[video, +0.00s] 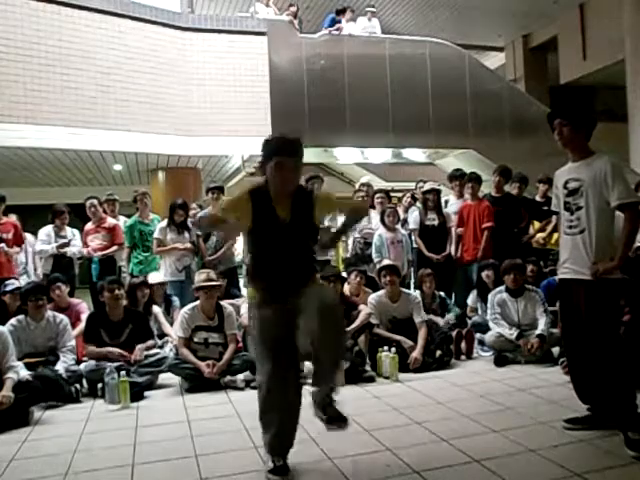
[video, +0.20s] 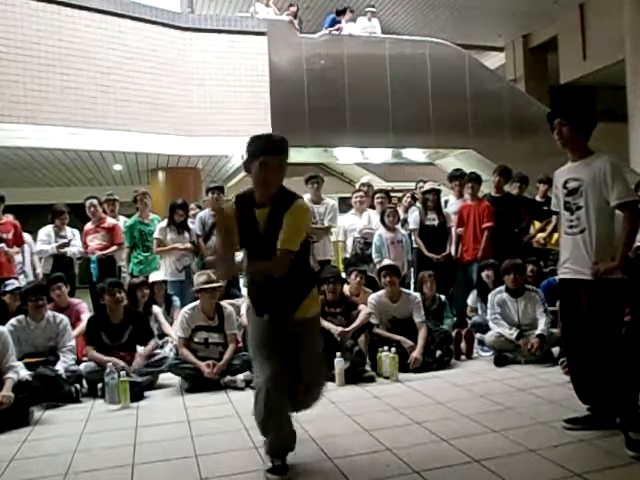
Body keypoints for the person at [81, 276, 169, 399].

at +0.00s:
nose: (117, 293)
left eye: (119, 289)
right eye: (111, 291)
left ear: (124, 292)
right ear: (102, 297)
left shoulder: (136, 315)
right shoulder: (94, 318)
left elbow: (152, 341)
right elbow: (88, 350)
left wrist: (141, 347)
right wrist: (108, 352)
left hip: (135, 360)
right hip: (107, 364)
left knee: (163, 356)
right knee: (87, 368)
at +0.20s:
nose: (118, 297)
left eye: (120, 292)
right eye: (112, 294)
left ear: (125, 294)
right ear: (103, 300)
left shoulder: (136, 316)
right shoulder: (95, 321)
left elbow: (152, 342)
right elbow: (90, 352)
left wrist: (141, 356)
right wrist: (113, 361)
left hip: (134, 362)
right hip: (107, 363)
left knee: (164, 356)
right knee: (86, 368)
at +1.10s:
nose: (119, 304)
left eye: (122, 299)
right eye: (115, 301)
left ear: (129, 302)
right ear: (107, 306)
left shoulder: (137, 321)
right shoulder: (98, 324)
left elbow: (149, 347)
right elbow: (88, 356)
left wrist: (137, 367)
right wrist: (113, 362)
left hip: (133, 362)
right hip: (107, 364)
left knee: (163, 357)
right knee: (86, 369)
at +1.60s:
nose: (131, 311)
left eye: (134, 307)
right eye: (126, 307)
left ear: (138, 307)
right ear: (115, 309)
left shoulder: (143, 322)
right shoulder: (104, 324)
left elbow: (149, 350)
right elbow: (92, 356)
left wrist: (139, 367)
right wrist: (119, 366)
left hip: (134, 363)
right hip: (109, 364)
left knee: (163, 358)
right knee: (85, 369)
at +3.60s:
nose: (130, 310)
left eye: (133, 306)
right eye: (124, 307)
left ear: (138, 308)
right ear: (114, 310)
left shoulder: (144, 324)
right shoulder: (104, 327)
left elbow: (153, 352)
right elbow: (94, 359)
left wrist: (141, 372)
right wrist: (119, 366)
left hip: (137, 365)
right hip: (112, 367)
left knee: (168, 361)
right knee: (89, 372)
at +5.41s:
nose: (130, 311)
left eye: (133, 307)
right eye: (125, 307)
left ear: (137, 308)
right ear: (114, 310)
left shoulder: (143, 324)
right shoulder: (104, 327)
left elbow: (153, 352)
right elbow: (94, 359)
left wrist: (141, 372)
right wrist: (120, 366)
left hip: (137, 365)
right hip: (111, 367)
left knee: (167, 361)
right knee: (89, 371)